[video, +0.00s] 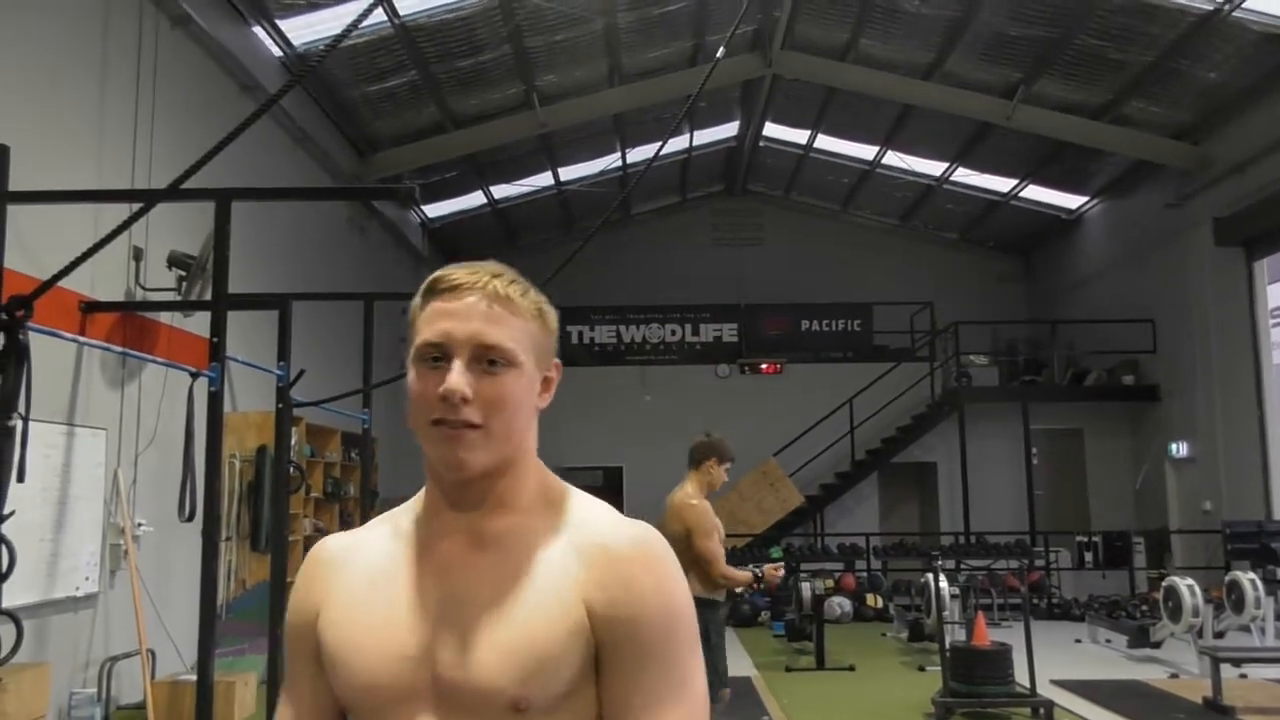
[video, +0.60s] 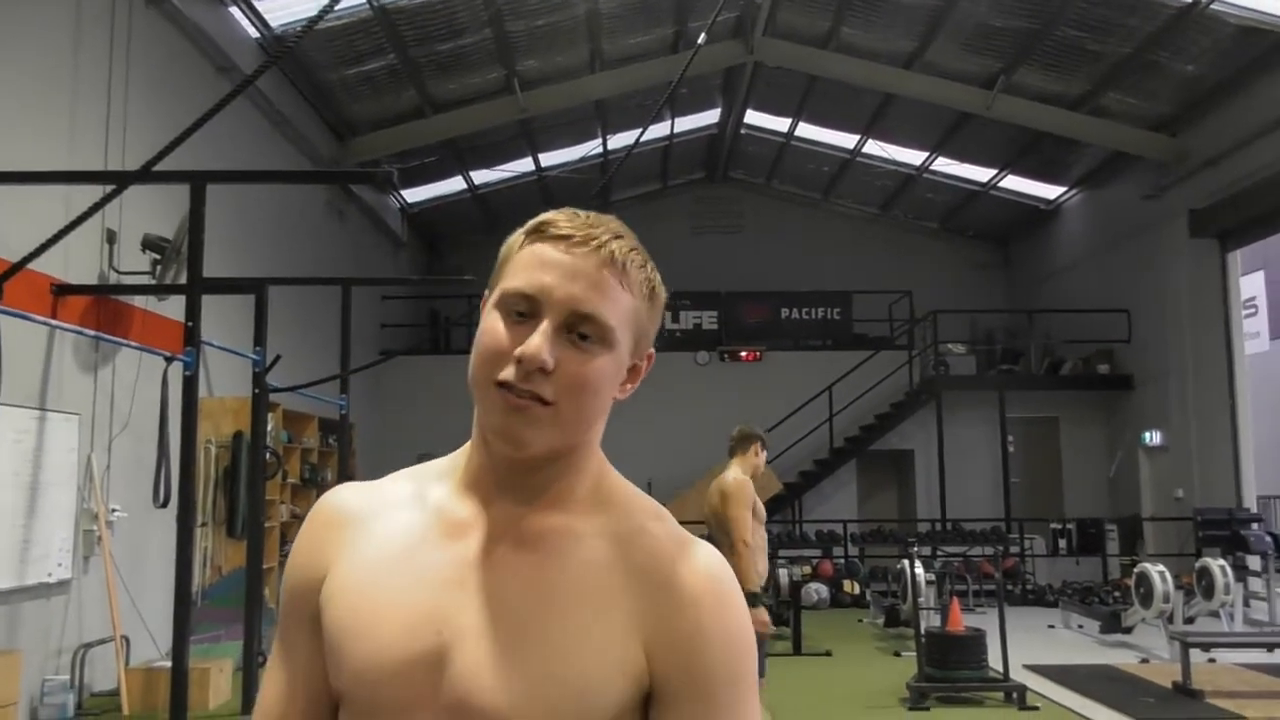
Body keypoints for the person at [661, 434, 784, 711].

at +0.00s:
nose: (727, 478)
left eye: (728, 471)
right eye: (725, 470)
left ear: (707, 466)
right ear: (710, 466)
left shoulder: (679, 500)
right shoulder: (697, 508)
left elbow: (710, 566)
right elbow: (718, 573)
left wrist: (750, 575)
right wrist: (759, 577)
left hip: (692, 602)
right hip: (704, 607)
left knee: (711, 687)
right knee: (715, 692)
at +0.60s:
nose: (764, 463)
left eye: (764, 456)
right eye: (764, 456)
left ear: (734, 451)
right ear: (755, 450)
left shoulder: (719, 485)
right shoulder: (739, 484)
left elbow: (721, 545)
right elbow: (740, 545)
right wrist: (754, 600)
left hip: (731, 592)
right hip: (749, 595)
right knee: (754, 680)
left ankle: (745, 710)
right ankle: (751, 711)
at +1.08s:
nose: (796, 458)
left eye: (798, 452)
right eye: (797, 451)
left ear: (769, 445)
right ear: (790, 445)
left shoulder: (750, 477)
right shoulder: (772, 472)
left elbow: (752, 534)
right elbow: (766, 530)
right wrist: (791, 583)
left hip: (751, 578)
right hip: (774, 580)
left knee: (755, 676)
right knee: (803, 678)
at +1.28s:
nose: (836, 454)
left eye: (837, 448)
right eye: (836, 447)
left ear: (806, 442)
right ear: (827, 442)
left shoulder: (780, 475)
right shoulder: (814, 470)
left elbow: (785, 531)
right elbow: (810, 527)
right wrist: (838, 573)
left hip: (782, 575)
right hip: (810, 578)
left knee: (787, 667)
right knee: (845, 668)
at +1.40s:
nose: (873, 450)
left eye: (874, 444)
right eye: (873, 443)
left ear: (844, 436)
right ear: (864, 438)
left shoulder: (817, 470)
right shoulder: (856, 468)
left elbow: (817, 525)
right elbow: (858, 525)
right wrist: (881, 571)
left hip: (821, 568)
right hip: (853, 573)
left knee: (822, 662)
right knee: (873, 668)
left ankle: (811, 712)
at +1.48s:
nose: (916, 442)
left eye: (917, 436)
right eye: (915, 435)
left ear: (885, 430)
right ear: (907, 431)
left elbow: (855, 518)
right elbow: (909, 519)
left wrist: (866, 548)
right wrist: (928, 569)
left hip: (867, 560)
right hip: (900, 562)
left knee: (866, 650)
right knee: (912, 656)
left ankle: (850, 711)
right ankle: (918, 712)